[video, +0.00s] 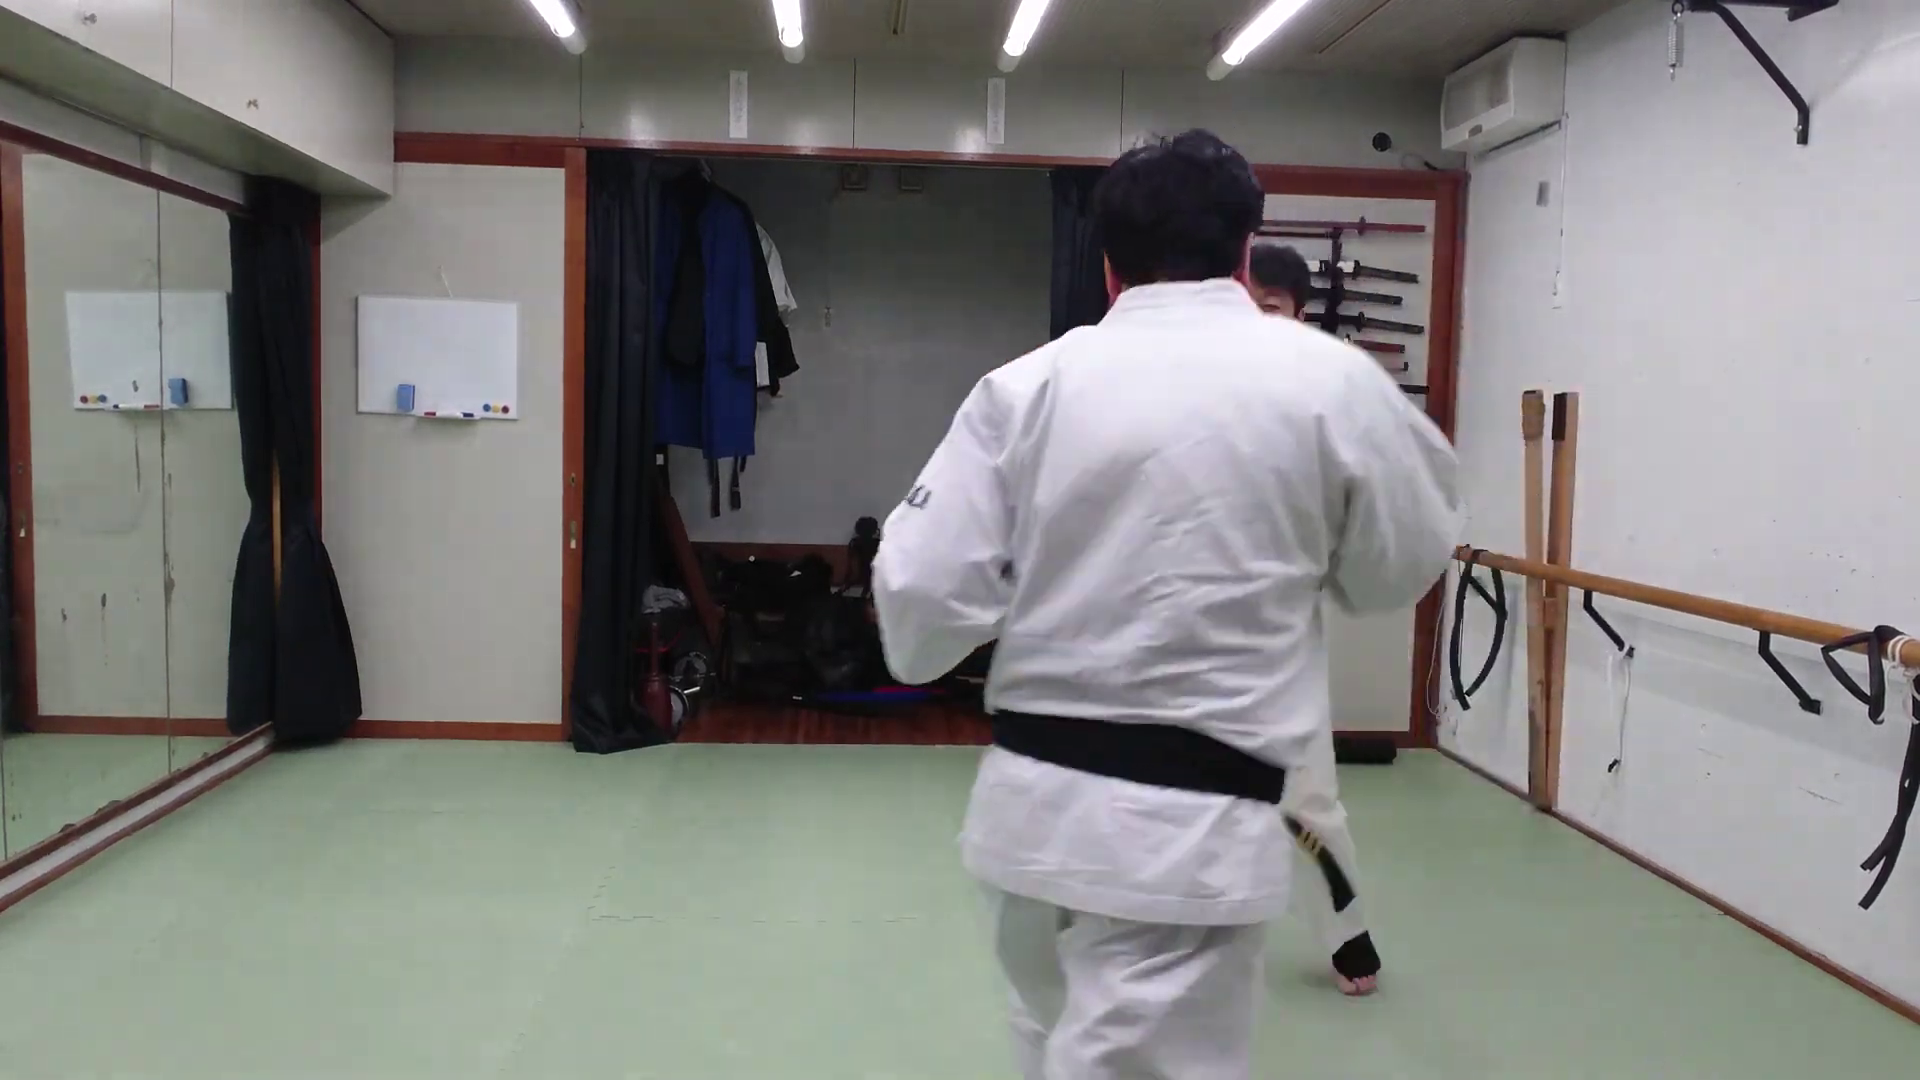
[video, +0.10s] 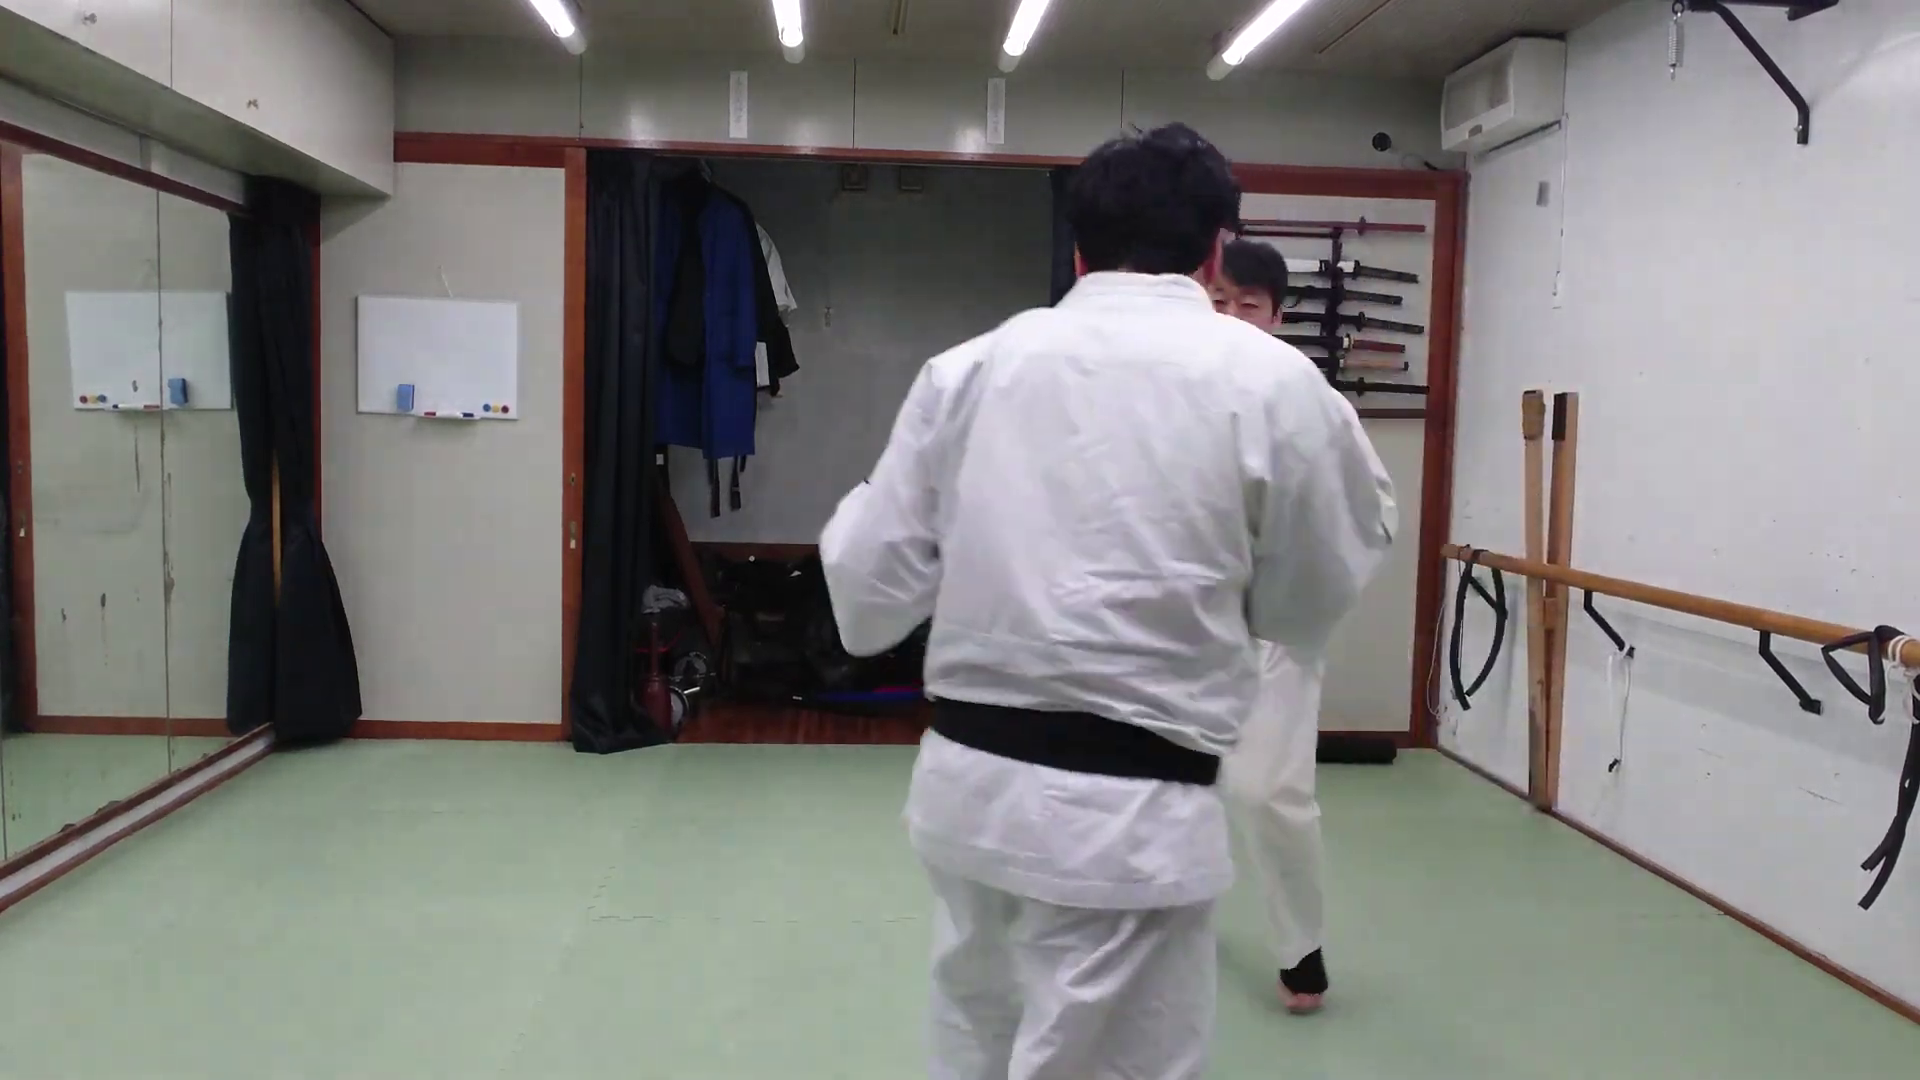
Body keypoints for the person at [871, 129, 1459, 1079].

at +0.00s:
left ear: (1111, 268)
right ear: (1244, 255)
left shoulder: (1033, 384)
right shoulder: (1326, 379)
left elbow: (920, 590)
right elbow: (1397, 567)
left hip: (1031, 813)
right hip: (1199, 830)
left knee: (1049, 1048)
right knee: (1142, 1064)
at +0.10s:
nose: (1231, 258)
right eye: (1230, 242)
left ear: (1077, 250)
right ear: (1215, 250)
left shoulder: (975, 369)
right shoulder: (1270, 383)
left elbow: (865, 580)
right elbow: (1311, 602)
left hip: (961, 790)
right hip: (1130, 820)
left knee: (968, 1042)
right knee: (1100, 1064)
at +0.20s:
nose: (1175, 244)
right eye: (1175, 224)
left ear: (1023, 220)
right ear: (1155, 230)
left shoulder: (922, 334)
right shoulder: (1205, 349)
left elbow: (825, 514)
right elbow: (1252, 570)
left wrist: (946, 519)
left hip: (902, 757)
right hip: (1065, 793)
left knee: (893, 983)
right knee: (1079, 1059)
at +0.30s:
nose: (1101, 263)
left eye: (1097, 242)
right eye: (1099, 241)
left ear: (964, 236)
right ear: (1076, 249)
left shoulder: (864, 354)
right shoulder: (1111, 366)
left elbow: (804, 502)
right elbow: (1199, 552)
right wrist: (1205, 424)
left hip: (840, 772)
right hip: (988, 811)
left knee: (804, 1021)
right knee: (1053, 1059)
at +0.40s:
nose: (1031, 302)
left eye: (1031, 279)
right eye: (1031, 276)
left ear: (900, 264)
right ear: (1009, 277)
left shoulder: (797, 386)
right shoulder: (1009, 396)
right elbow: (1114, 567)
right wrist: (1129, 421)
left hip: (758, 782)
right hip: (892, 812)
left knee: (762, 1054)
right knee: (980, 1061)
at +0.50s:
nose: (974, 296)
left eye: (977, 273)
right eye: (976, 271)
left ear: (848, 248)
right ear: (950, 262)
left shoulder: (746, 361)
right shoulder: (947, 367)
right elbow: (1032, 561)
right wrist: (1052, 432)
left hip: (684, 750)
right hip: (814, 772)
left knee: (722, 1050)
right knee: (887, 1057)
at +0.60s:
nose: (904, 282)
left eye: (909, 261)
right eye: (906, 259)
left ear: (790, 234)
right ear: (876, 248)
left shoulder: (708, 338)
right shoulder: (866, 340)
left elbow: (829, 526)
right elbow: (988, 483)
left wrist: (1001, 533)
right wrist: (1016, 341)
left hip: (635, 745)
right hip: (748, 767)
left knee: (706, 1047)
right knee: (797, 1053)